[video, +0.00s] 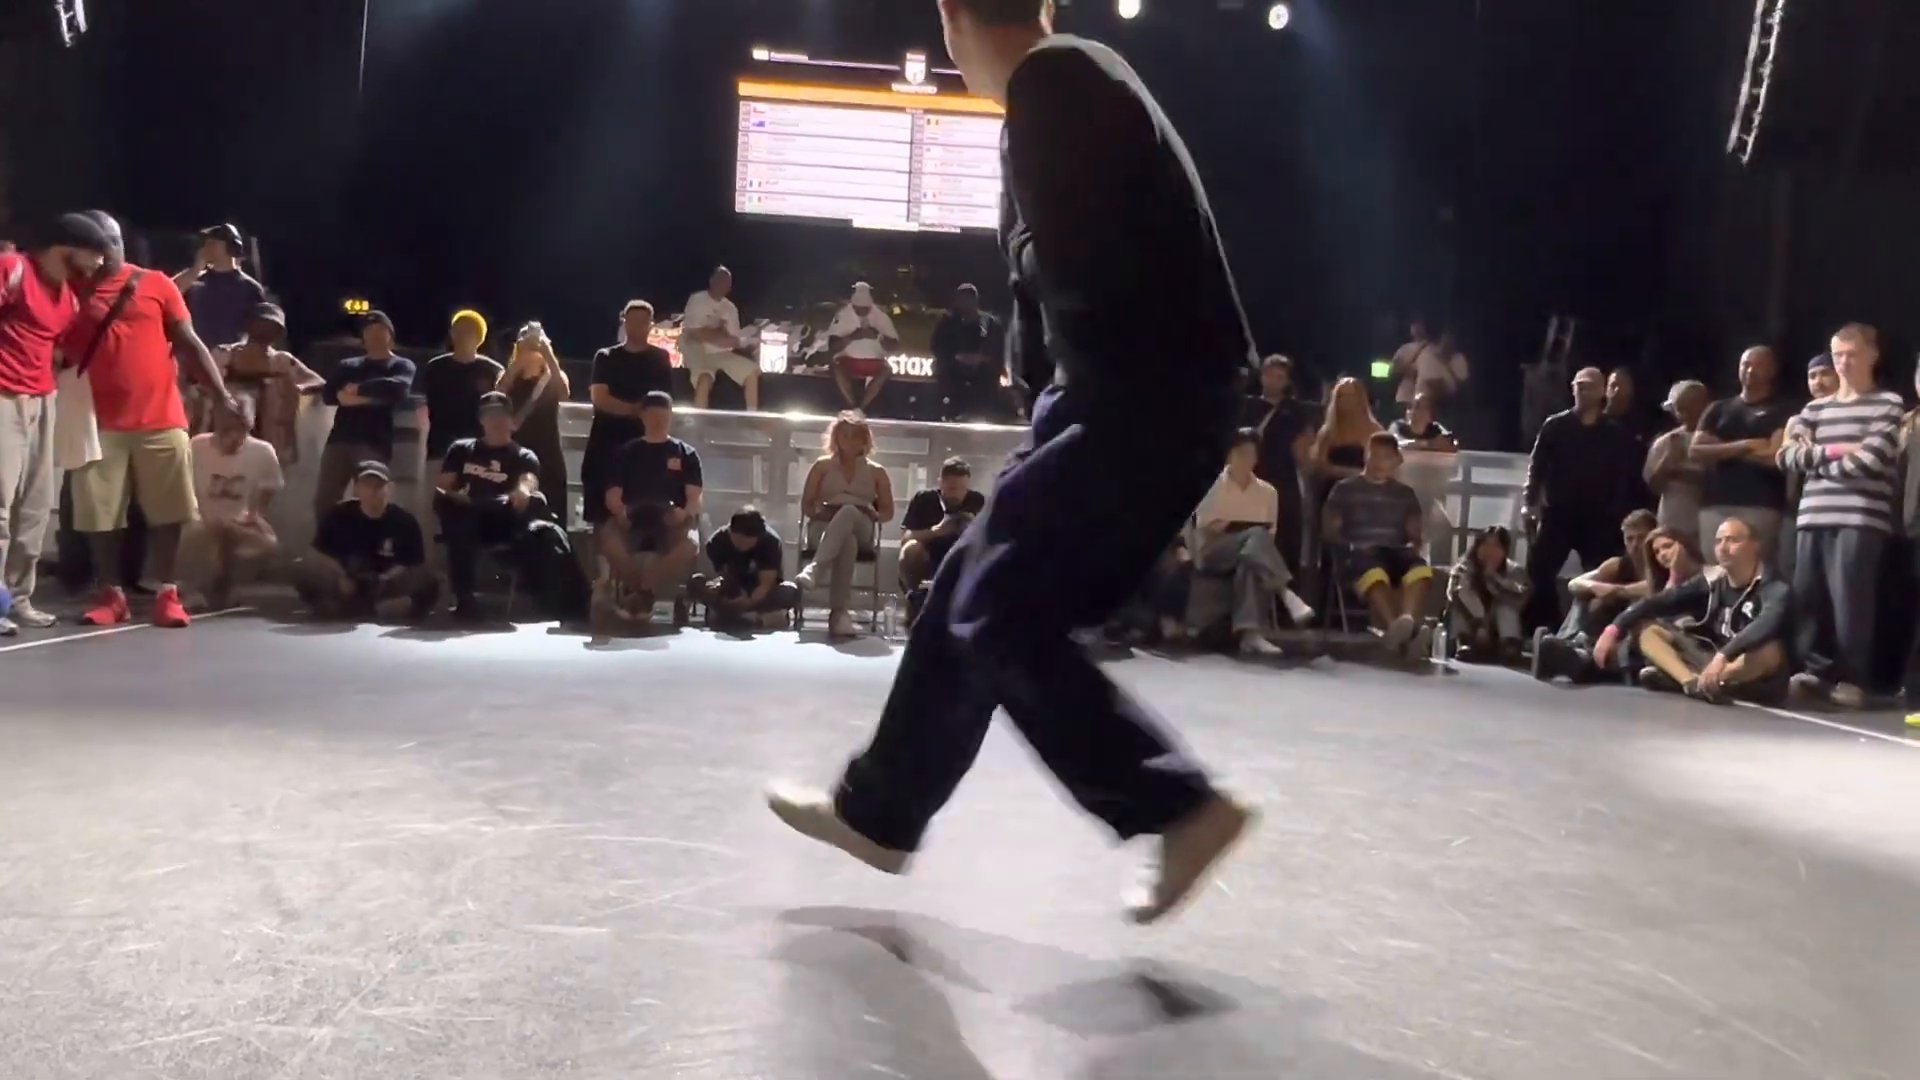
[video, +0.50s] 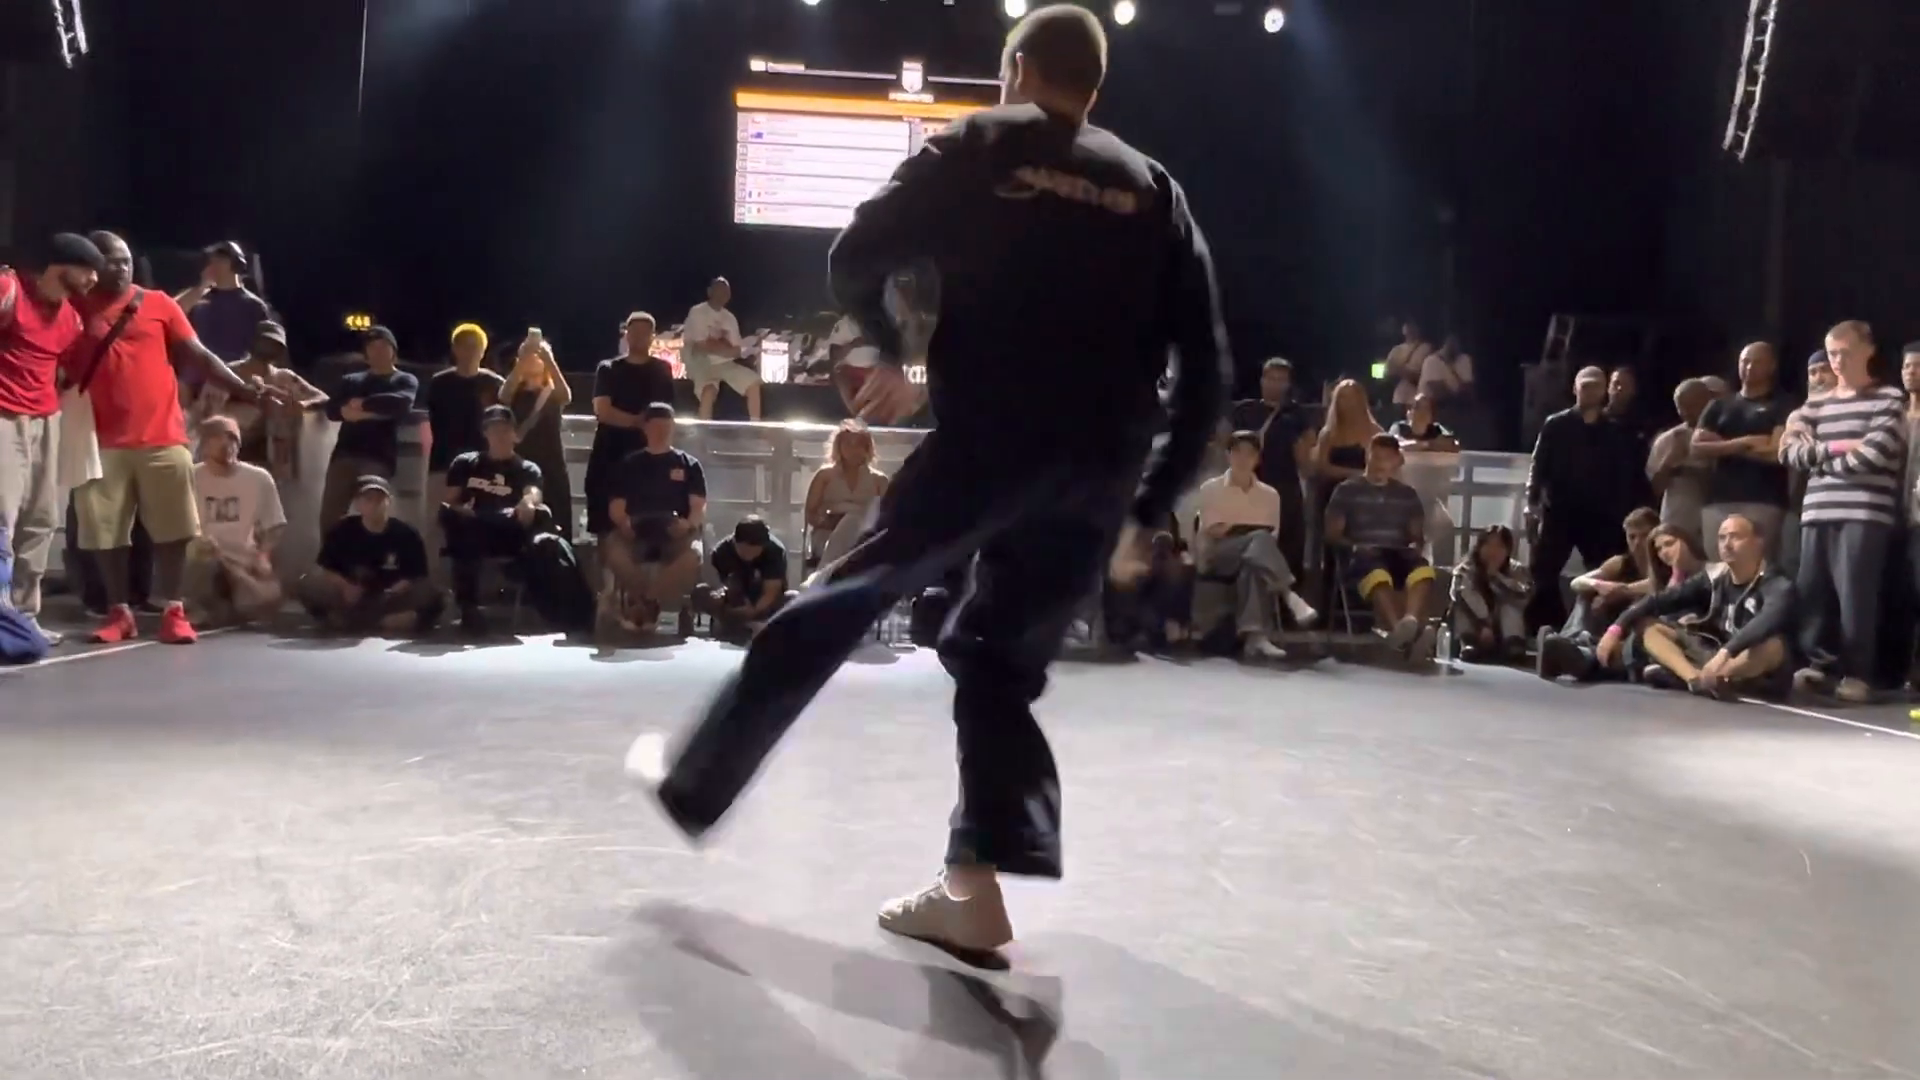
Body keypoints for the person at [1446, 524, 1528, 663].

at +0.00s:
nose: (1488, 552)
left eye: (1495, 547)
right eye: (1484, 545)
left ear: (1504, 552)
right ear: (1477, 548)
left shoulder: (1514, 571)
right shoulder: (1463, 569)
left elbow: (1519, 597)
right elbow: (1457, 594)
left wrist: (1493, 576)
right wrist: (1478, 624)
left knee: (1505, 606)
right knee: (1458, 605)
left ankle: (1511, 645)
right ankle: (1462, 644)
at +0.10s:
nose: (1486, 542)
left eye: (1492, 538)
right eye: (1481, 536)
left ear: (1501, 543)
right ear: (1473, 538)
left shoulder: (1510, 561)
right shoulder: (1459, 561)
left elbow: (1517, 586)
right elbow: (1455, 584)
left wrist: (1489, 567)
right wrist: (1476, 614)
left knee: (1502, 598)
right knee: (1456, 596)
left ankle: (1507, 638)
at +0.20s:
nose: (1486, 539)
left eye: (1493, 535)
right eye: (1482, 533)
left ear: (1502, 539)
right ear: (1474, 534)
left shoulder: (1510, 558)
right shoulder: (1460, 556)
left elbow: (1518, 583)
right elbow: (1456, 581)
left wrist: (1489, 563)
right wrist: (1476, 612)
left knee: (1503, 593)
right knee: (1457, 592)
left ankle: (1508, 634)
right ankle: (1460, 634)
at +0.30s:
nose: (1488, 544)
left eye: (1494, 538)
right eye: (1483, 537)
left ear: (1503, 543)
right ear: (1475, 539)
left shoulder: (1512, 561)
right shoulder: (1460, 562)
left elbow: (1518, 587)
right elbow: (1457, 586)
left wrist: (1491, 567)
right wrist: (1477, 616)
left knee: (1505, 595)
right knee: (1458, 595)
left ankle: (1509, 636)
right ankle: (1462, 636)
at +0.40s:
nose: (1489, 548)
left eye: (1495, 543)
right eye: (1485, 541)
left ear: (1505, 547)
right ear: (1477, 543)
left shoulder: (1514, 566)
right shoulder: (1462, 567)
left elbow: (1522, 591)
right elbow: (1458, 591)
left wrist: (1492, 572)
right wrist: (1480, 620)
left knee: (1508, 599)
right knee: (1460, 600)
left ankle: (1511, 641)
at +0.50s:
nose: (1492, 551)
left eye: (1499, 547)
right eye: (1488, 545)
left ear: (1507, 552)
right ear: (1479, 547)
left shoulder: (1517, 570)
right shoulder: (1465, 570)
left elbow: (1524, 595)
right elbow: (1462, 594)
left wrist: (1495, 576)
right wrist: (1482, 624)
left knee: (1509, 605)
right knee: (1463, 604)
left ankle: (1514, 643)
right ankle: (1467, 644)